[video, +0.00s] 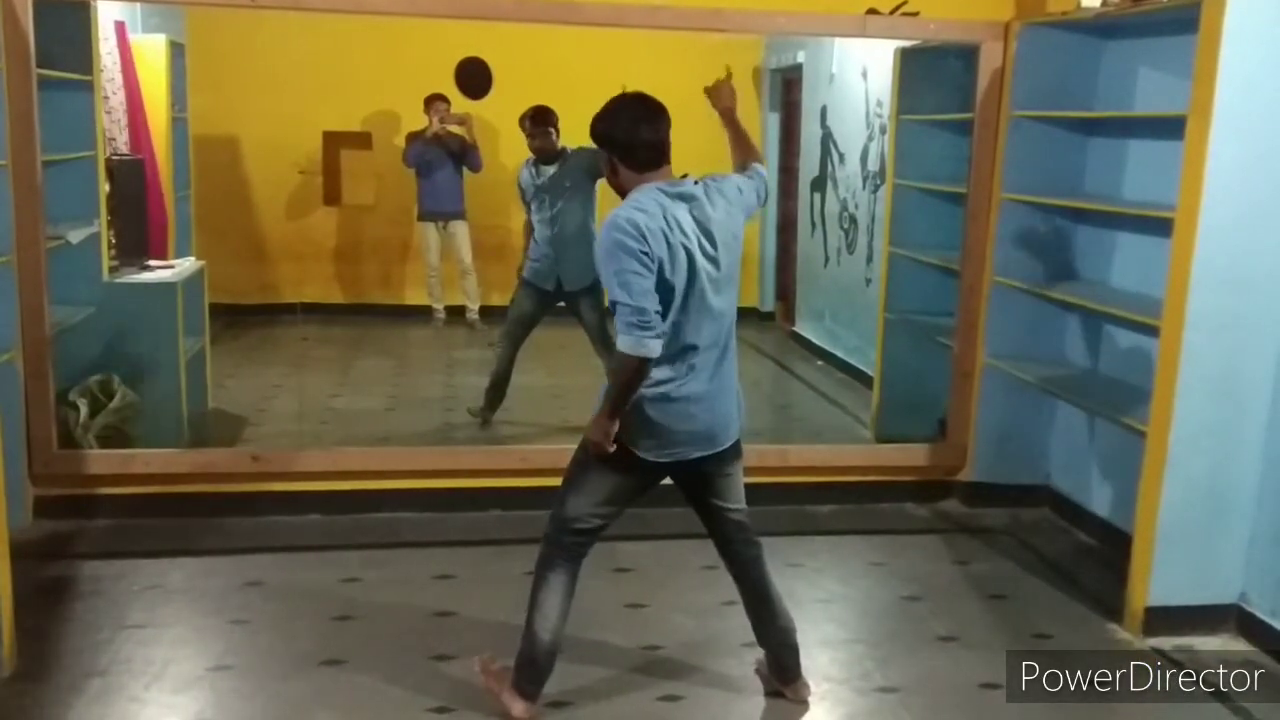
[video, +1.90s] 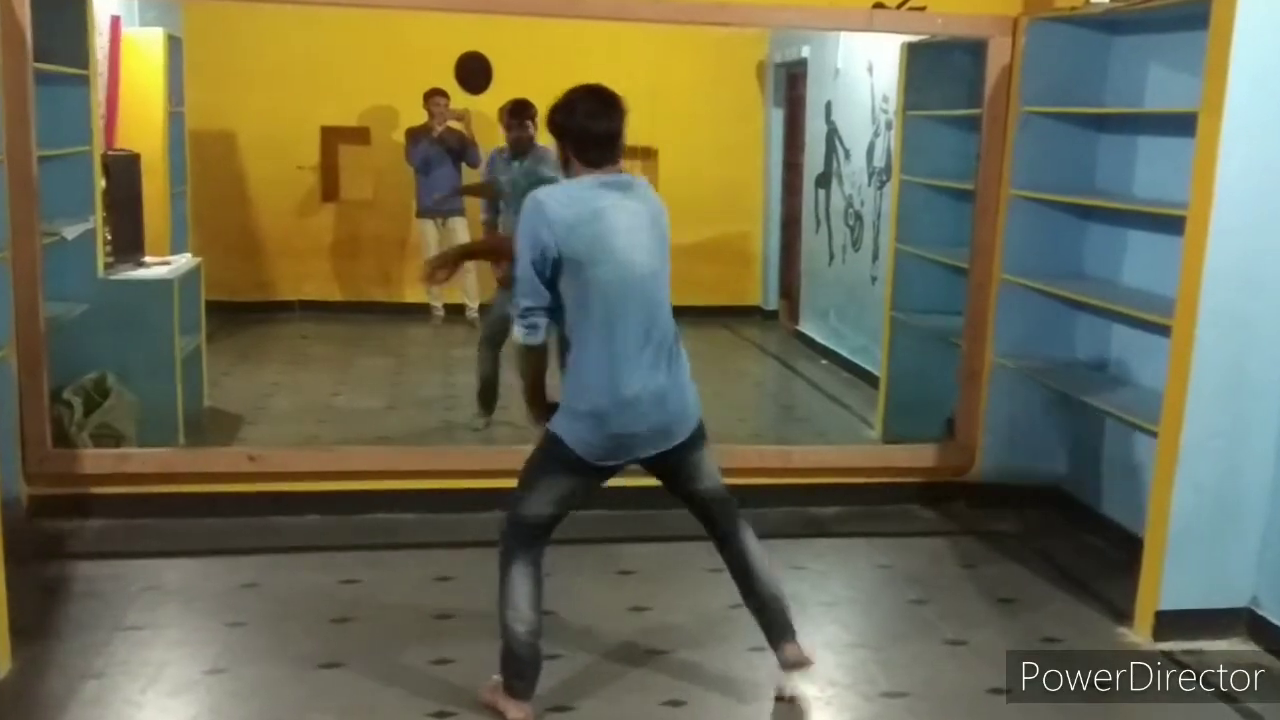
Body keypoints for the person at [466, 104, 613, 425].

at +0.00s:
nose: (534, 143)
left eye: (539, 136)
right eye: (529, 137)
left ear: (556, 133)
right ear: (525, 138)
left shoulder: (583, 161)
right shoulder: (527, 174)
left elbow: (623, 161)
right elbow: (531, 221)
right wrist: (524, 267)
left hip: (580, 272)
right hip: (539, 272)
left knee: (603, 343)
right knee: (509, 339)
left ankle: (630, 405)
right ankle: (487, 410)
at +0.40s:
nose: (539, 136)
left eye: (546, 129)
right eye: (534, 130)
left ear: (559, 131)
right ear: (526, 133)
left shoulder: (585, 171)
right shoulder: (519, 173)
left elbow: (610, 214)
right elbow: (517, 218)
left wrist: (606, 256)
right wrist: (516, 255)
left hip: (581, 272)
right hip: (538, 272)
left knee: (594, 343)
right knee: (507, 342)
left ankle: (581, 408)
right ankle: (486, 412)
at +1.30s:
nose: (532, 135)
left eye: (539, 128)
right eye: (526, 129)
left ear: (550, 130)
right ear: (517, 131)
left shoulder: (572, 166)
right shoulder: (509, 168)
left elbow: (588, 212)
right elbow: (504, 220)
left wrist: (586, 261)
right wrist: (510, 265)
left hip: (573, 271)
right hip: (531, 271)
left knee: (594, 340)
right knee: (502, 342)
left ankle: (593, 405)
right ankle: (487, 410)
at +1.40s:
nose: (523, 133)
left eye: (530, 125)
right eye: (519, 126)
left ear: (547, 125)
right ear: (516, 127)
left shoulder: (566, 162)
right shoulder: (508, 164)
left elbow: (582, 185)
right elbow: (502, 216)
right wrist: (505, 261)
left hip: (570, 272)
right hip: (528, 271)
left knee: (591, 342)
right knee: (500, 340)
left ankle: (588, 406)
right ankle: (486, 410)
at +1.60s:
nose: (534, 134)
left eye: (539, 127)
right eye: (528, 128)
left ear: (550, 128)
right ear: (519, 130)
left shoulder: (564, 159)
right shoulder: (509, 168)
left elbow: (571, 180)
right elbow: (504, 218)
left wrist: (534, 158)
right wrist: (507, 261)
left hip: (569, 272)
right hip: (530, 273)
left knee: (588, 340)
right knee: (502, 341)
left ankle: (585, 401)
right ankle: (487, 410)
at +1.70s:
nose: (539, 137)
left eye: (544, 130)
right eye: (532, 131)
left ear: (554, 131)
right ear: (521, 132)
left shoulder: (564, 166)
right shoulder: (511, 169)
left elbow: (538, 198)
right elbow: (503, 220)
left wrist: (511, 176)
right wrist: (509, 265)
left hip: (567, 274)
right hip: (531, 274)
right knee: (502, 339)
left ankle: (592, 407)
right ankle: (488, 409)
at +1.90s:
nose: (517, 135)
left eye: (523, 127)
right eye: (511, 128)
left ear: (534, 127)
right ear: (503, 130)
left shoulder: (548, 164)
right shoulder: (497, 162)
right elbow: (489, 219)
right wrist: (498, 265)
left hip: (552, 272)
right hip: (515, 272)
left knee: (569, 338)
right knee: (490, 336)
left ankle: (579, 403)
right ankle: (486, 409)